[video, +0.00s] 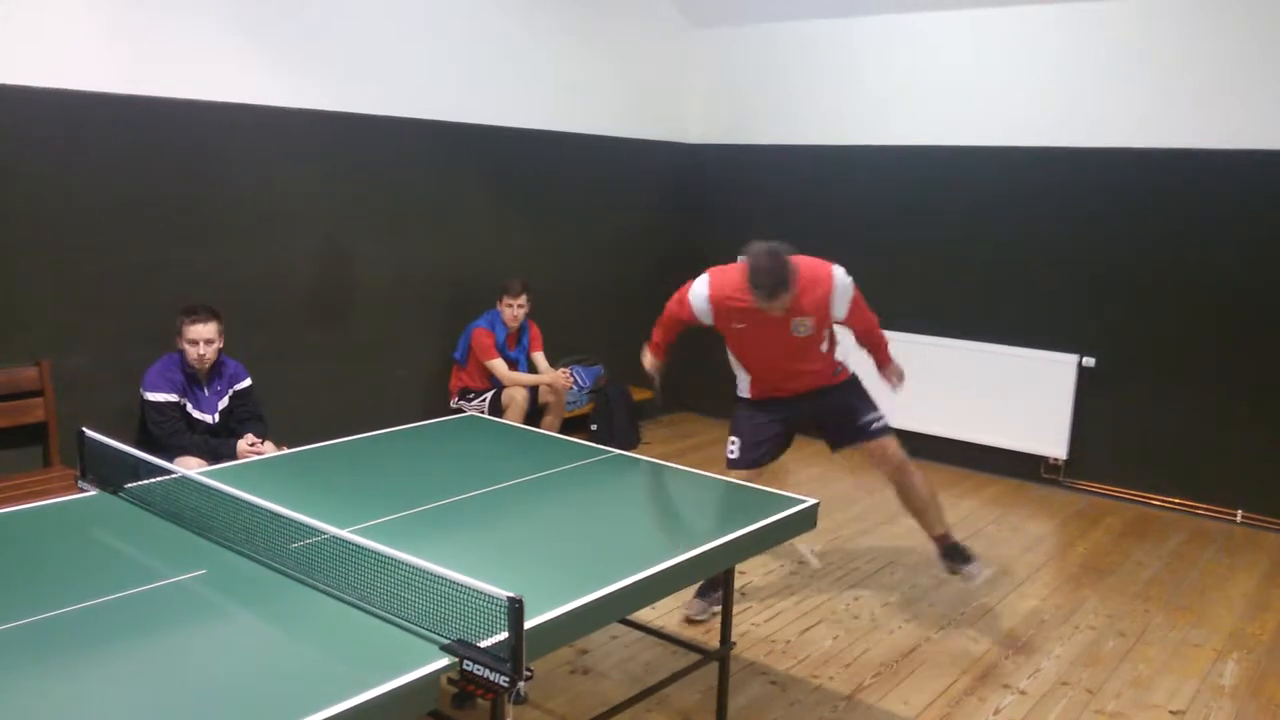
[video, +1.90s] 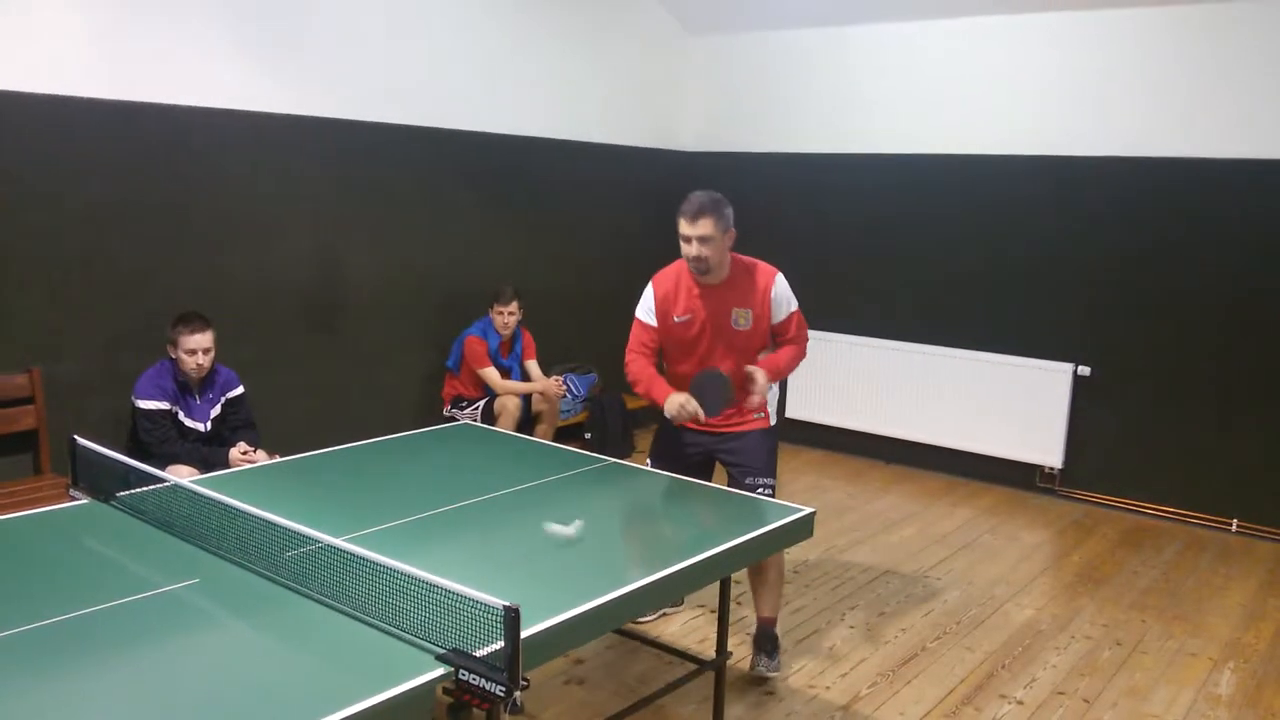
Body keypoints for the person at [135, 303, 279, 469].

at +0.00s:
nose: (201, 352)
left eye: (209, 343)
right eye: (193, 343)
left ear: (221, 342)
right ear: (179, 343)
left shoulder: (234, 372)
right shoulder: (159, 379)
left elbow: (249, 420)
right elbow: (172, 441)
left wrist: (249, 438)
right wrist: (232, 449)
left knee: (269, 450)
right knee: (193, 467)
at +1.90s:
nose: (200, 361)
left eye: (207, 352)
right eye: (191, 353)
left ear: (214, 349)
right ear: (172, 351)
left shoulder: (227, 380)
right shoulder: (151, 387)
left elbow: (242, 428)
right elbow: (163, 449)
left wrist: (243, 446)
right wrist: (224, 457)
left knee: (261, 459)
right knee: (186, 475)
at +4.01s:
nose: (190, 365)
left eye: (197, 356)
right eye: (181, 357)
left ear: (205, 354)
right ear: (163, 356)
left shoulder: (218, 386)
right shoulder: (142, 392)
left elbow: (235, 441)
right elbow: (155, 454)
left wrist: (240, 458)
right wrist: (215, 464)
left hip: (210, 467)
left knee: (252, 467)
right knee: (175, 481)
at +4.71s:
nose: (196, 362)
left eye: (203, 353)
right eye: (187, 354)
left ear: (211, 350)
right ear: (169, 352)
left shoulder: (223, 381)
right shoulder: (147, 388)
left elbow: (239, 430)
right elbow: (160, 449)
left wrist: (239, 448)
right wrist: (221, 460)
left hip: (212, 459)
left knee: (257, 462)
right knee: (182, 477)